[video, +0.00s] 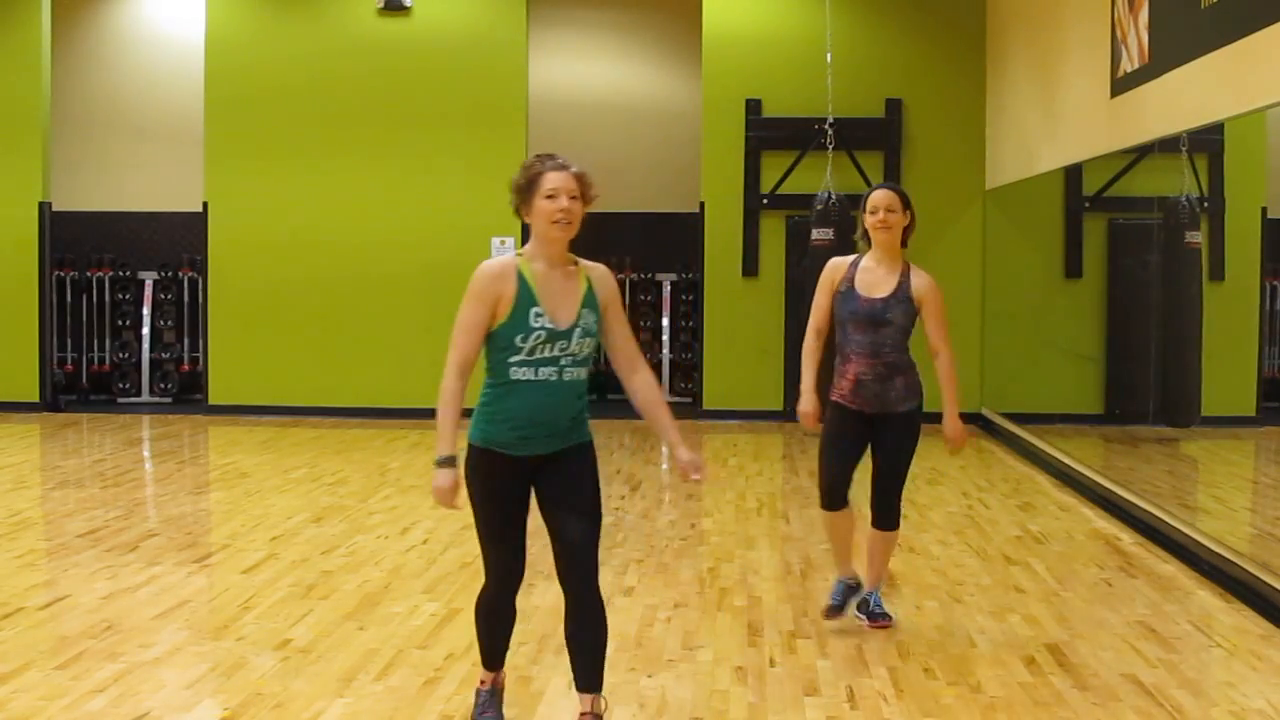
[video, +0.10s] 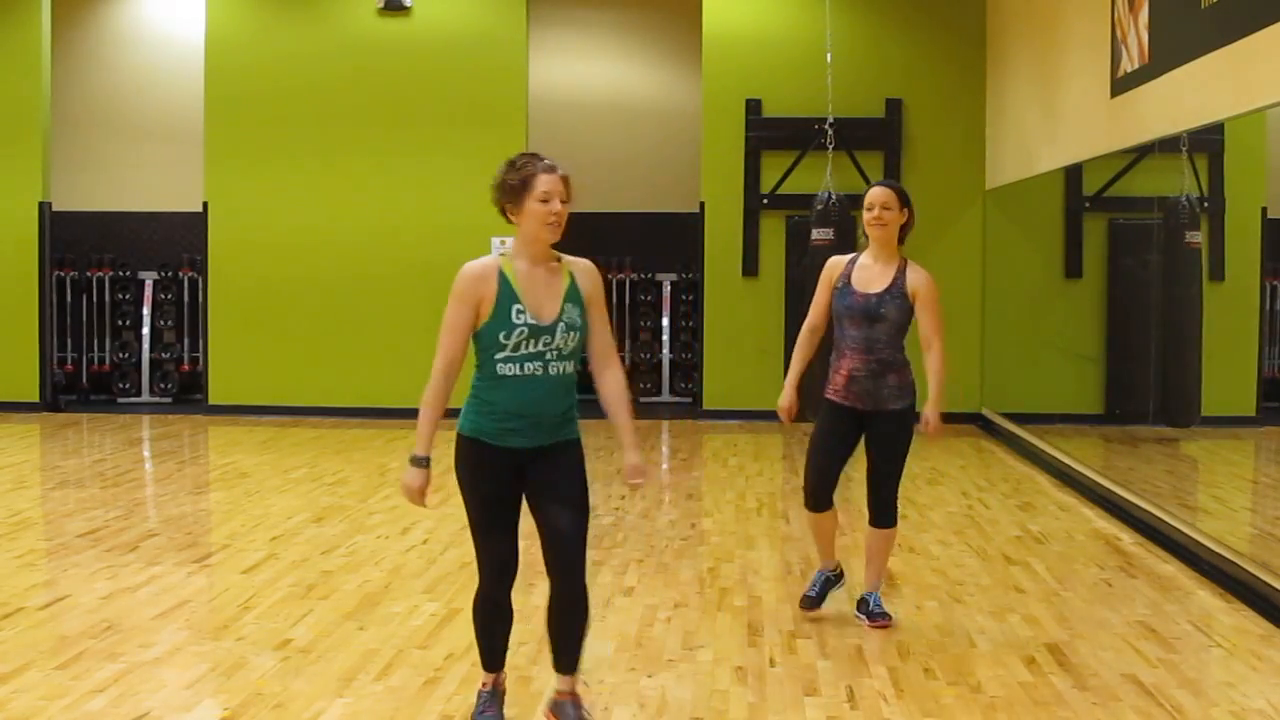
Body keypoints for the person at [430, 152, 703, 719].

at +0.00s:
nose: (565, 207)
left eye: (574, 197)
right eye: (552, 196)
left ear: (584, 208)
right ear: (525, 207)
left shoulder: (598, 280)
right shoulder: (496, 277)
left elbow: (634, 369)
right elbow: (457, 368)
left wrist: (677, 442)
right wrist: (446, 457)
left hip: (568, 448)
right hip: (499, 450)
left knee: (581, 578)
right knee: (504, 575)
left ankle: (591, 707)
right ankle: (490, 682)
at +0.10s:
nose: (557, 211)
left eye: (563, 201)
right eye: (545, 200)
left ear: (568, 208)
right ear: (513, 207)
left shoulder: (582, 275)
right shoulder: (479, 278)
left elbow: (606, 365)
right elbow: (444, 371)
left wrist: (630, 445)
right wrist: (420, 455)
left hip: (557, 447)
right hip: (487, 447)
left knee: (570, 572)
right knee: (497, 574)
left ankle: (566, 692)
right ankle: (491, 685)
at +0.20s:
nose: (560, 211)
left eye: (559, 200)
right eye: (548, 202)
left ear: (548, 206)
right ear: (511, 209)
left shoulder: (573, 271)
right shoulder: (469, 276)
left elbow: (590, 361)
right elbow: (436, 365)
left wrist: (575, 440)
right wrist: (409, 446)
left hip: (549, 443)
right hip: (481, 442)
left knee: (552, 567)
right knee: (491, 567)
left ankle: (536, 656)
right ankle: (490, 682)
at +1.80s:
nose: (537, 207)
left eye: (546, 200)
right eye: (526, 201)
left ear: (561, 214)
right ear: (510, 216)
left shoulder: (584, 274)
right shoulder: (493, 277)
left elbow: (599, 358)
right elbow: (478, 349)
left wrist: (553, 413)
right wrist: (442, 381)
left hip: (567, 425)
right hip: (503, 425)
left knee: (595, 538)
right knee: (485, 541)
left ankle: (619, 652)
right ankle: (475, 643)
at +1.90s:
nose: (545, 210)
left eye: (554, 202)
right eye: (534, 204)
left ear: (570, 215)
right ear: (520, 218)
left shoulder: (595, 274)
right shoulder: (507, 280)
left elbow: (616, 357)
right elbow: (484, 356)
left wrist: (588, 420)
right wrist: (457, 331)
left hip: (586, 425)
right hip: (523, 427)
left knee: (610, 539)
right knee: (486, 532)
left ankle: (621, 652)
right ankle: (492, 641)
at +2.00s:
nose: (549, 211)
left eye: (558, 203)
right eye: (538, 204)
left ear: (574, 213)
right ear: (525, 218)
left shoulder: (600, 271)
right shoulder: (514, 277)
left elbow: (625, 353)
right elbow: (466, 335)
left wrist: (627, 425)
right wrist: (467, 272)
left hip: (598, 426)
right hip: (535, 426)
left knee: (614, 541)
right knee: (486, 526)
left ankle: (622, 653)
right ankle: (491, 640)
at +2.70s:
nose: (581, 224)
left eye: (588, 214)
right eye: (570, 216)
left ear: (597, 218)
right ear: (546, 222)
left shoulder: (615, 278)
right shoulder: (524, 275)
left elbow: (625, 356)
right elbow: (472, 340)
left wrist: (629, 429)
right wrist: (466, 313)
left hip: (584, 432)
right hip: (524, 430)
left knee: (624, 535)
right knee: (498, 543)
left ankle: (638, 652)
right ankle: (456, 649)